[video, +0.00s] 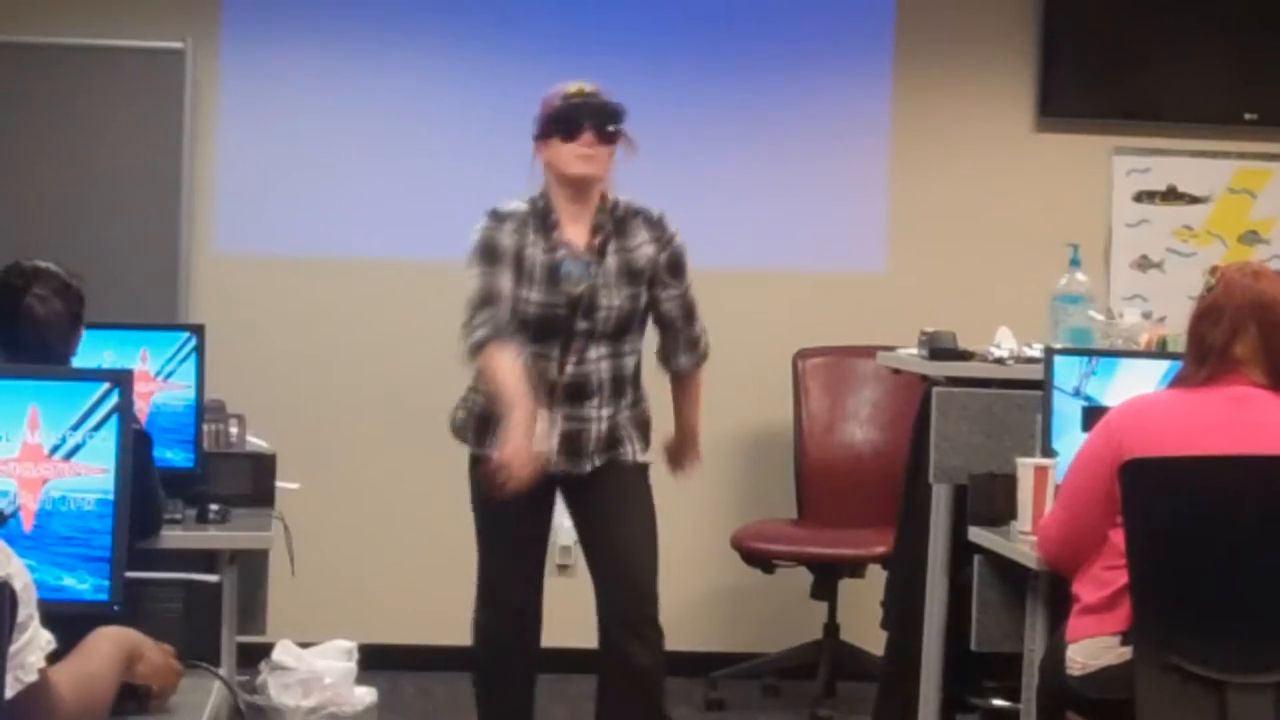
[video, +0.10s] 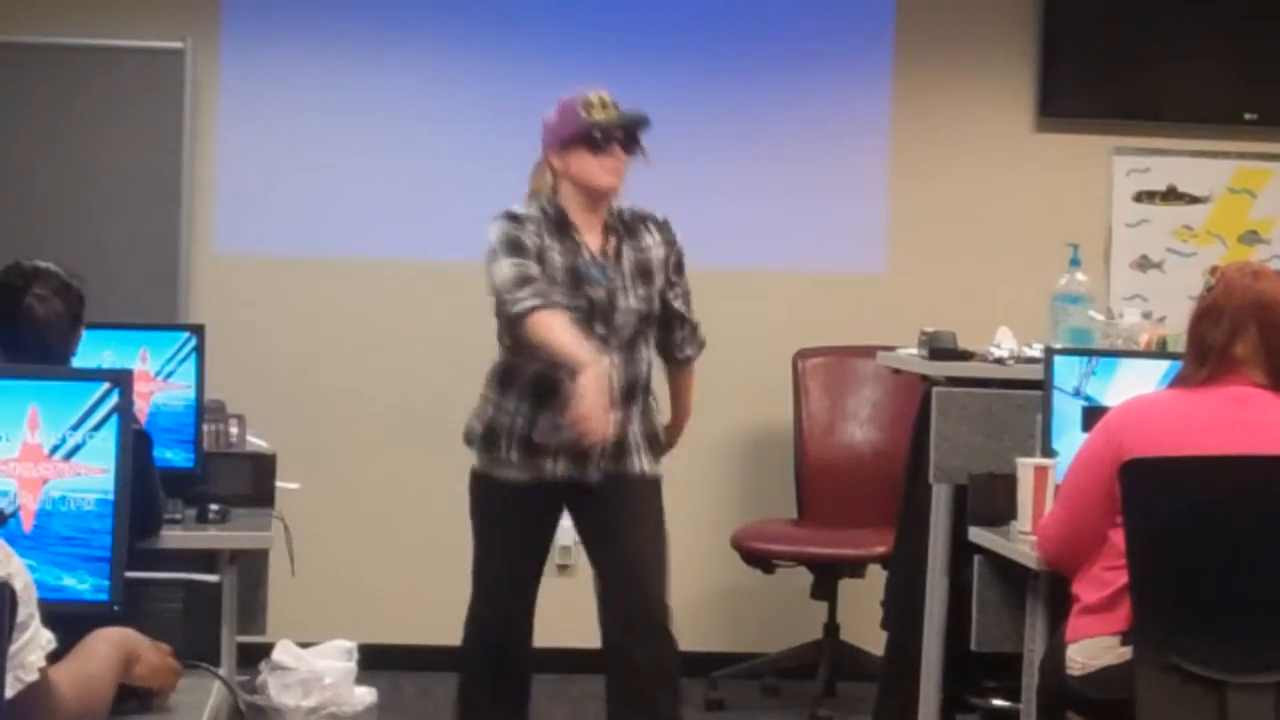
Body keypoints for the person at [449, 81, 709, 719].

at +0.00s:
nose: (588, 141)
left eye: (603, 132)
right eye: (569, 131)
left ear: (617, 149)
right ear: (542, 149)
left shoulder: (648, 234)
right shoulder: (507, 229)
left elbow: (684, 338)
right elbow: (491, 332)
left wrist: (686, 428)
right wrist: (520, 414)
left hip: (610, 440)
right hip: (514, 438)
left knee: (634, 615)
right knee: (507, 615)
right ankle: (504, 715)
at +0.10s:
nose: (616, 153)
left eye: (622, 143)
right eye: (597, 143)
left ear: (631, 154)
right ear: (557, 159)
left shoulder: (652, 235)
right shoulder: (518, 230)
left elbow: (679, 332)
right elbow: (530, 309)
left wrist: (680, 416)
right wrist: (588, 359)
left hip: (622, 457)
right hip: (520, 455)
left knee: (641, 621)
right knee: (499, 623)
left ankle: (649, 719)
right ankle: (490, 718)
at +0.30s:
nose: (660, 179)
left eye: (662, 168)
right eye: (642, 171)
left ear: (666, 175)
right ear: (597, 187)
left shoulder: (681, 265)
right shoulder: (556, 259)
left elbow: (665, 372)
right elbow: (596, 347)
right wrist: (688, 391)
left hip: (651, 482)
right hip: (553, 480)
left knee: (683, 637)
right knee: (527, 646)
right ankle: (500, 717)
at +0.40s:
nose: (678, 146)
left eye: (679, 136)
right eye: (659, 138)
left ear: (680, 144)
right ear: (613, 151)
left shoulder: (694, 233)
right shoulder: (567, 227)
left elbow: (681, 343)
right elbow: (599, 338)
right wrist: (680, 419)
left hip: (672, 460)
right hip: (572, 459)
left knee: (686, 644)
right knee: (559, 643)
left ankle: (687, 718)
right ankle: (540, 716)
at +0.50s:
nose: (694, 136)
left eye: (694, 126)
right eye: (674, 128)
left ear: (691, 134)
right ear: (627, 141)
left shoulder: (712, 221)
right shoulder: (577, 213)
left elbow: (714, 343)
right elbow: (575, 345)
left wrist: (696, 444)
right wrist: (637, 441)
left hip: (685, 462)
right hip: (583, 461)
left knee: (690, 652)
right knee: (588, 650)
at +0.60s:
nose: (701, 156)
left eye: (704, 145)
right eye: (682, 148)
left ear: (709, 153)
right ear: (637, 161)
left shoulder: (730, 248)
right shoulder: (586, 242)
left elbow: (746, 373)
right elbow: (545, 370)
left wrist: (726, 455)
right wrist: (570, 471)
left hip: (698, 472)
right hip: (596, 470)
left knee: (707, 639)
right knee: (595, 644)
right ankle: (600, 719)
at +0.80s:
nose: (672, 162)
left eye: (687, 151)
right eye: (654, 152)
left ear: (707, 165)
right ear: (630, 169)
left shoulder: (739, 259)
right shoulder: (588, 257)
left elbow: (768, 373)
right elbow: (530, 371)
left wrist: (767, 464)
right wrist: (490, 472)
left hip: (709, 488)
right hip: (608, 486)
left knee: (705, 665)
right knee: (602, 661)